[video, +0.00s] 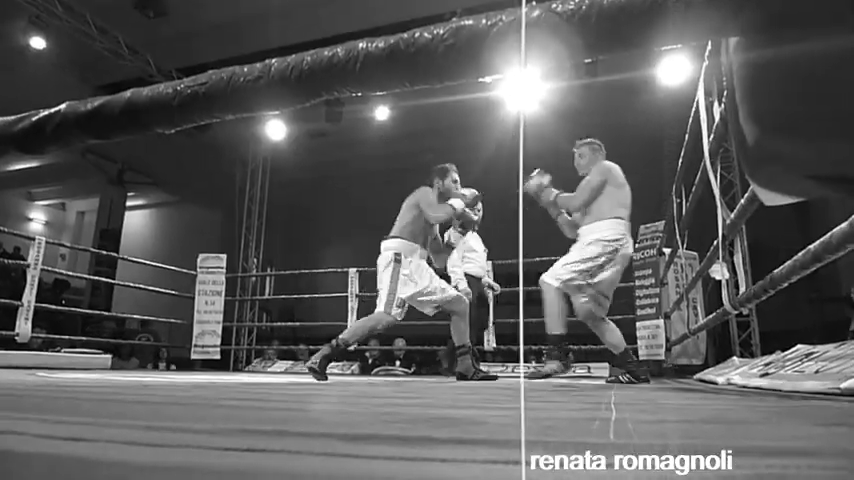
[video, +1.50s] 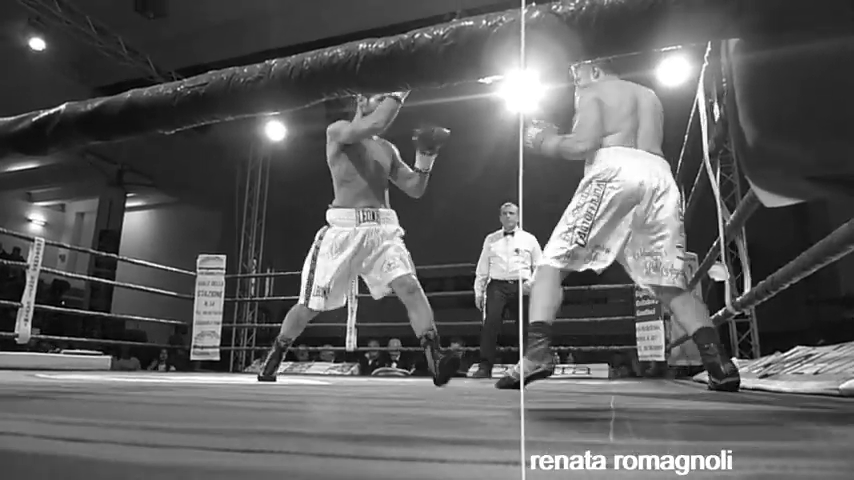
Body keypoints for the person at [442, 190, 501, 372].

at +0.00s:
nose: (477, 214)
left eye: (479, 210)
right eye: (474, 210)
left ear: (481, 214)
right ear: (465, 213)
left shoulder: (476, 237)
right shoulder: (459, 235)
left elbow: (479, 264)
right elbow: (453, 262)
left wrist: (487, 280)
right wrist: (461, 284)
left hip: (479, 280)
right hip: (466, 279)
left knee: (480, 320)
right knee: (467, 320)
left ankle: (473, 358)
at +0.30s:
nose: (490, 211)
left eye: (493, 209)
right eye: (486, 208)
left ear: (496, 213)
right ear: (478, 211)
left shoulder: (494, 237)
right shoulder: (467, 230)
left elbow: (495, 267)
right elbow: (462, 258)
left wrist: (506, 279)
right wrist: (470, 280)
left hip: (494, 279)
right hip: (476, 278)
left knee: (504, 320)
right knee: (474, 323)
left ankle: (502, 362)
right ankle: (470, 363)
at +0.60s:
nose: (510, 211)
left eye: (513, 208)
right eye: (506, 208)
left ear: (517, 212)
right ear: (498, 211)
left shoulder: (520, 236)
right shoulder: (487, 230)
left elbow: (525, 263)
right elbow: (476, 259)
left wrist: (531, 276)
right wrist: (472, 283)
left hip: (517, 279)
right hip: (495, 278)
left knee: (520, 322)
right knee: (492, 319)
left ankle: (519, 364)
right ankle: (478, 364)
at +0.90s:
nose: (515, 207)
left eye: (518, 204)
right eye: (512, 204)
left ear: (522, 207)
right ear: (504, 207)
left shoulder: (529, 232)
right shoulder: (492, 227)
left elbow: (537, 257)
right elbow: (483, 256)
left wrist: (543, 269)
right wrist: (482, 280)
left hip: (525, 274)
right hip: (501, 273)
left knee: (525, 317)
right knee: (503, 316)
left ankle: (523, 359)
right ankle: (502, 360)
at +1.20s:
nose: (514, 215)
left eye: (517, 211)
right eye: (511, 212)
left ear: (523, 214)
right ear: (505, 215)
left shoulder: (533, 238)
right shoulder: (495, 236)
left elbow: (541, 263)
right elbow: (485, 264)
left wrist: (537, 275)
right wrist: (483, 287)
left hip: (526, 281)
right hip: (501, 281)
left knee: (528, 323)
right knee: (502, 322)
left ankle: (528, 365)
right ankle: (501, 364)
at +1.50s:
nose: (508, 217)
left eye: (512, 213)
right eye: (505, 214)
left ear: (518, 216)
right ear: (500, 217)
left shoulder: (529, 240)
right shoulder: (491, 240)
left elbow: (539, 266)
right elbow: (482, 269)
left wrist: (532, 282)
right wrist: (479, 292)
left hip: (521, 285)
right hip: (497, 285)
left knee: (524, 324)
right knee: (491, 322)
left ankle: (526, 364)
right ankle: (485, 364)